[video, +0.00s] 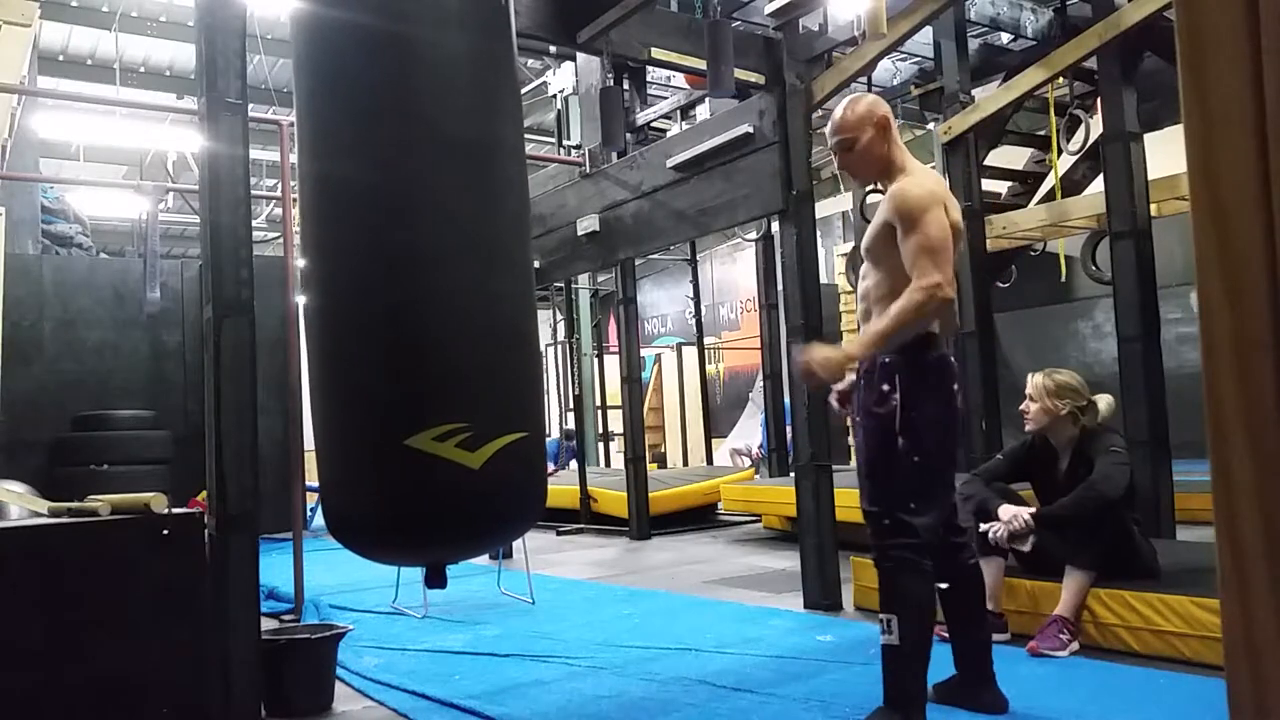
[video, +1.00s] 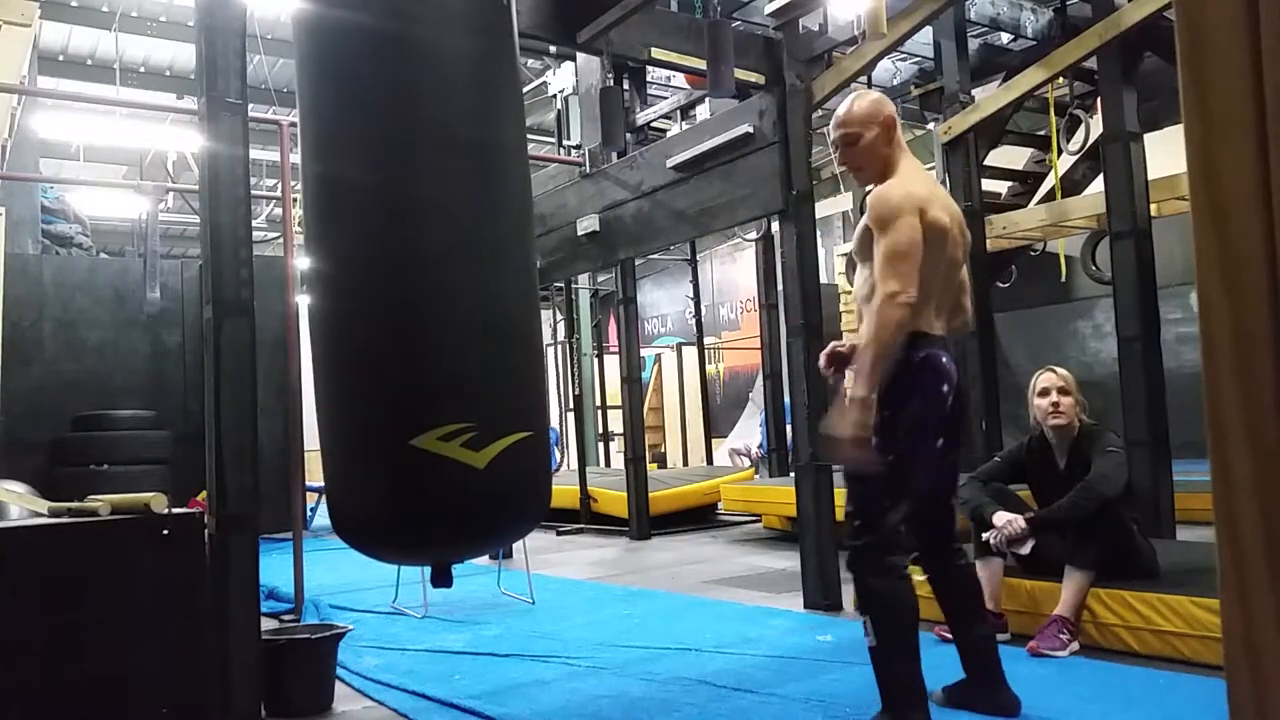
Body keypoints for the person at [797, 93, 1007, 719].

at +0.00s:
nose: (836, 160)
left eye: (843, 145)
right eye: (833, 148)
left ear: (881, 132)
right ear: (879, 137)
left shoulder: (915, 191)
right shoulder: (907, 193)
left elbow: (933, 288)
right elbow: (899, 302)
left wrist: (850, 353)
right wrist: (863, 378)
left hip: (906, 378)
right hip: (913, 375)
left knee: (897, 537)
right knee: (942, 527)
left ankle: (902, 704)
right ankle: (975, 678)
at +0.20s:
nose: (831, 166)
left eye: (838, 150)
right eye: (826, 155)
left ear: (877, 133)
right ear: (872, 139)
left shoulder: (902, 193)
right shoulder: (909, 194)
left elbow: (907, 288)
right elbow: (923, 316)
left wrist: (803, 321)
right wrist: (856, 371)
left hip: (896, 377)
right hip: (910, 376)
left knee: (860, 537)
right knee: (919, 534)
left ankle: (896, 704)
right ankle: (974, 679)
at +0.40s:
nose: (820, 144)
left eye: (824, 128)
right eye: (815, 133)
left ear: (862, 115)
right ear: (870, 117)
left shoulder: (874, 176)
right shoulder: (913, 179)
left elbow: (888, 258)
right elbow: (945, 298)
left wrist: (784, 264)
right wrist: (851, 327)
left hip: (873, 361)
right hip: (912, 358)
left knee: (849, 534)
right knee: (909, 520)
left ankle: (891, 700)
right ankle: (961, 671)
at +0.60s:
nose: (815, 141)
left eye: (823, 125)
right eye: (809, 131)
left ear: (864, 115)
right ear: (872, 126)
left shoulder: (867, 179)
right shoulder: (916, 192)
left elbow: (854, 254)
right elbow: (959, 296)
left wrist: (752, 230)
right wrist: (870, 331)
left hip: (873, 367)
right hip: (916, 367)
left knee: (840, 542)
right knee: (902, 544)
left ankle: (891, 703)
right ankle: (943, 700)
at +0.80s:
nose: (823, 146)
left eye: (833, 131)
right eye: (820, 134)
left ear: (872, 125)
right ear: (881, 133)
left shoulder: (871, 182)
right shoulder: (920, 190)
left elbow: (865, 267)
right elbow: (958, 306)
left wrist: (760, 292)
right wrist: (861, 337)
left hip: (880, 376)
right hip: (921, 372)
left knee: (863, 556)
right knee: (909, 543)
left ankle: (902, 709)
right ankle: (967, 685)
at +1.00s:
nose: (840, 155)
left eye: (849, 141)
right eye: (836, 143)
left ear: (887, 133)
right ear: (892, 138)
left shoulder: (892, 196)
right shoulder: (932, 195)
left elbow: (895, 300)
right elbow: (954, 308)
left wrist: (858, 395)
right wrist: (861, 343)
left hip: (902, 373)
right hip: (938, 370)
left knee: (873, 546)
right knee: (936, 533)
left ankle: (901, 706)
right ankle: (987, 681)